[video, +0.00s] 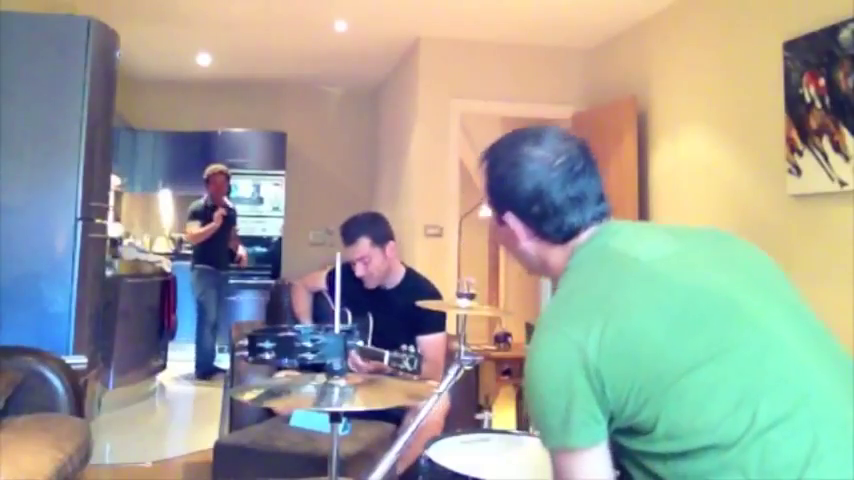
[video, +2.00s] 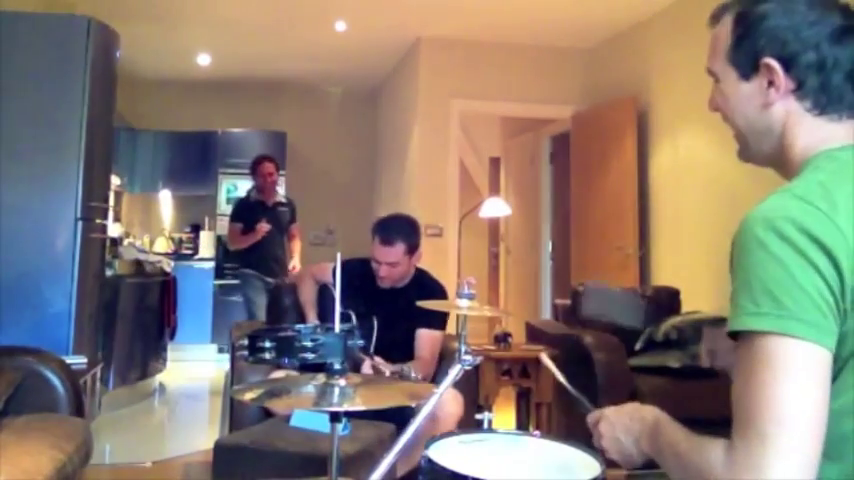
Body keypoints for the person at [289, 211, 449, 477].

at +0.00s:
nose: (358, 272)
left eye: (365, 261)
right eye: (353, 263)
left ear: (390, 250)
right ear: (347, 258)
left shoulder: (423, 296)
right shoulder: (345, 277)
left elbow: (432, 376)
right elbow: (301, 286)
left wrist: (382, 368)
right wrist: (308, 334)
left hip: (398, 394)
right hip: (343, 386)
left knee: (434, 408)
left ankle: (384, 474)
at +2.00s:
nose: (382, 272)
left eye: (392, 265)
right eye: (377, 262)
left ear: (414, 258)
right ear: (371, 250)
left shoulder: (429, 292)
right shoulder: (355, 271)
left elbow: (425, 367)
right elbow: (306, 275)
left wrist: (392, 370)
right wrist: (313, 325)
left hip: (396, 387)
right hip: (343, 378)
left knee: (450, 404)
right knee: (278, 389)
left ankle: (390, 472)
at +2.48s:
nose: (386, 281)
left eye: (397, 277)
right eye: (381, 270)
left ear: (418, 270)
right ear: (377, 254)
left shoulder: (430, 302)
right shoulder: (351, 274)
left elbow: (430, 378)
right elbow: (304, 279)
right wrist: (314, 328)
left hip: (396, 388)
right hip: (340, 378)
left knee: (443, 403)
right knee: (284, 380)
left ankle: (392, 473)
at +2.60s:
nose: (379, 285)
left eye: (391, 279)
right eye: (374, 274)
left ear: (412, 271)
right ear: (370, 257)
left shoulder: (426, 301)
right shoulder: (347, 274)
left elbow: (430, 377)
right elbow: (302, 280)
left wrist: (372, 379)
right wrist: (312, 329)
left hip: (395, 390)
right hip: (339, 380)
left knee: (442, 403)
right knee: (284, 381)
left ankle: (391, 473)